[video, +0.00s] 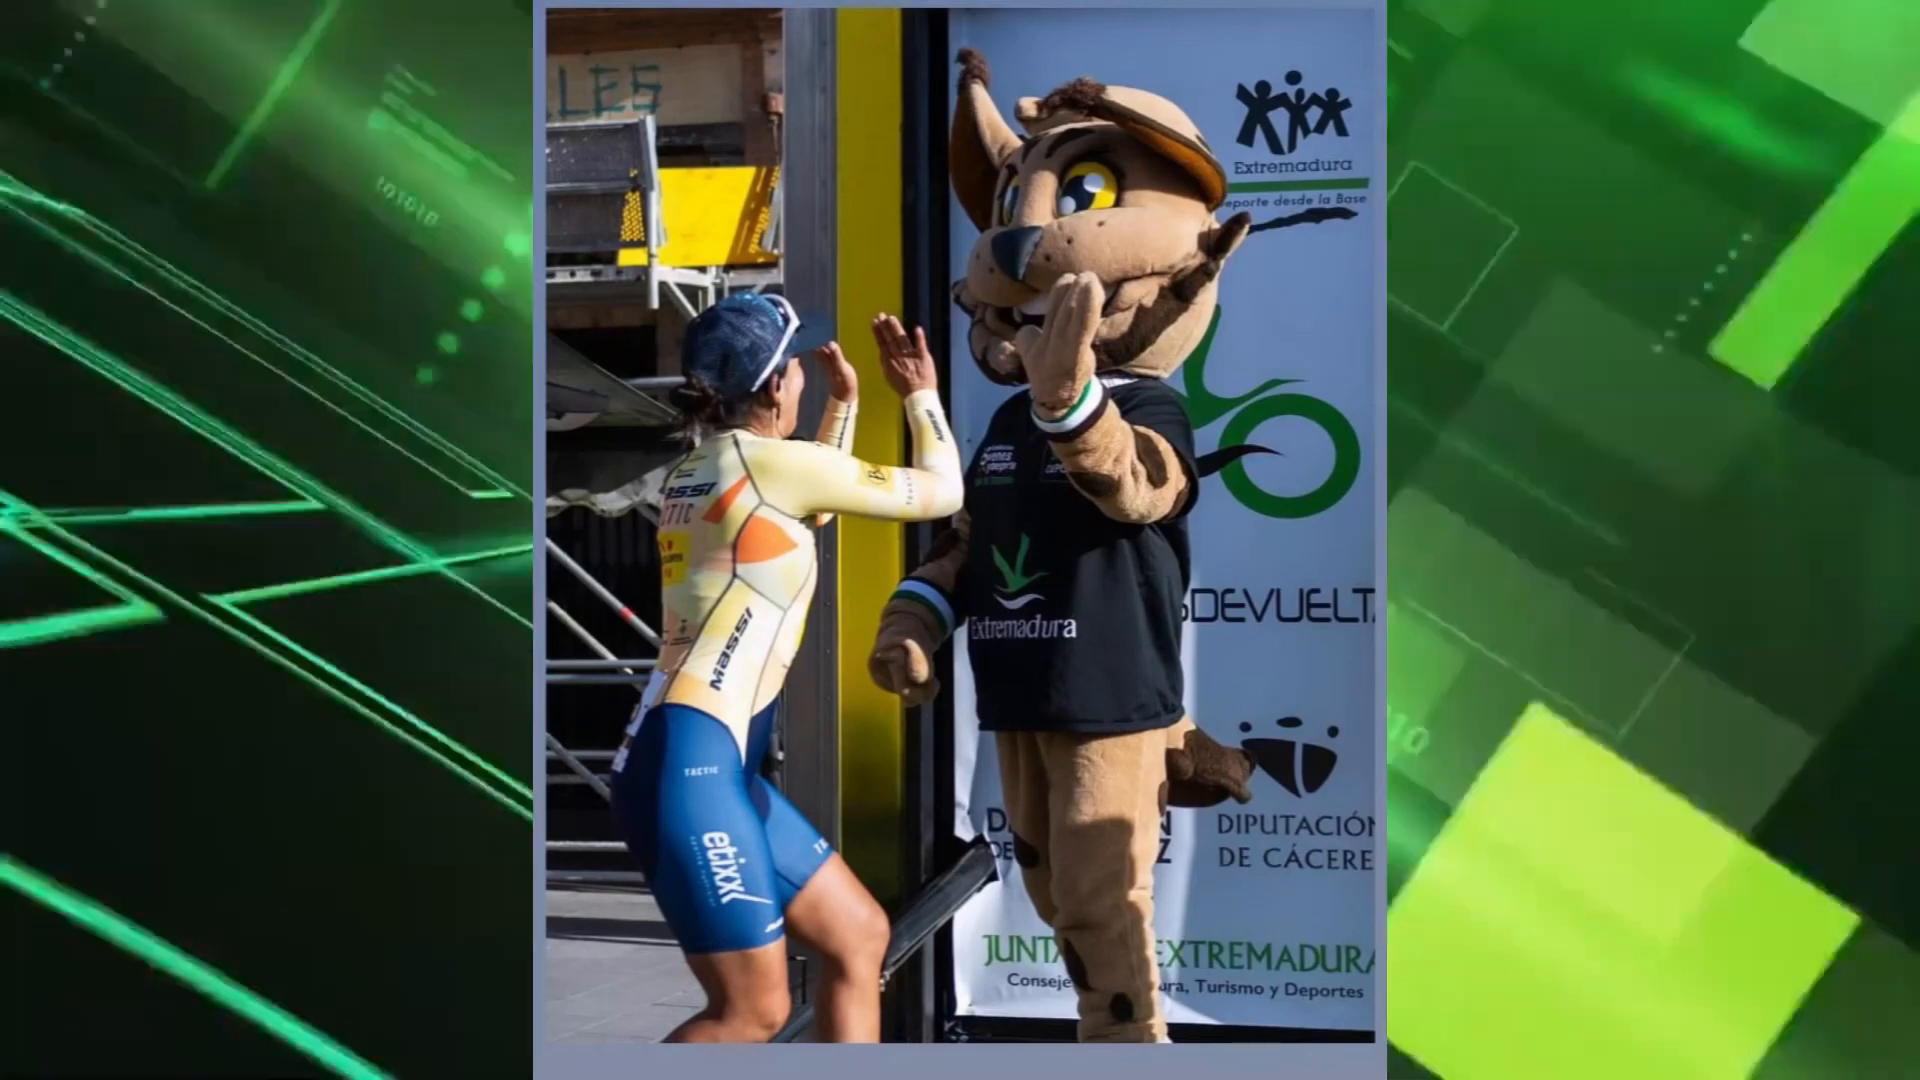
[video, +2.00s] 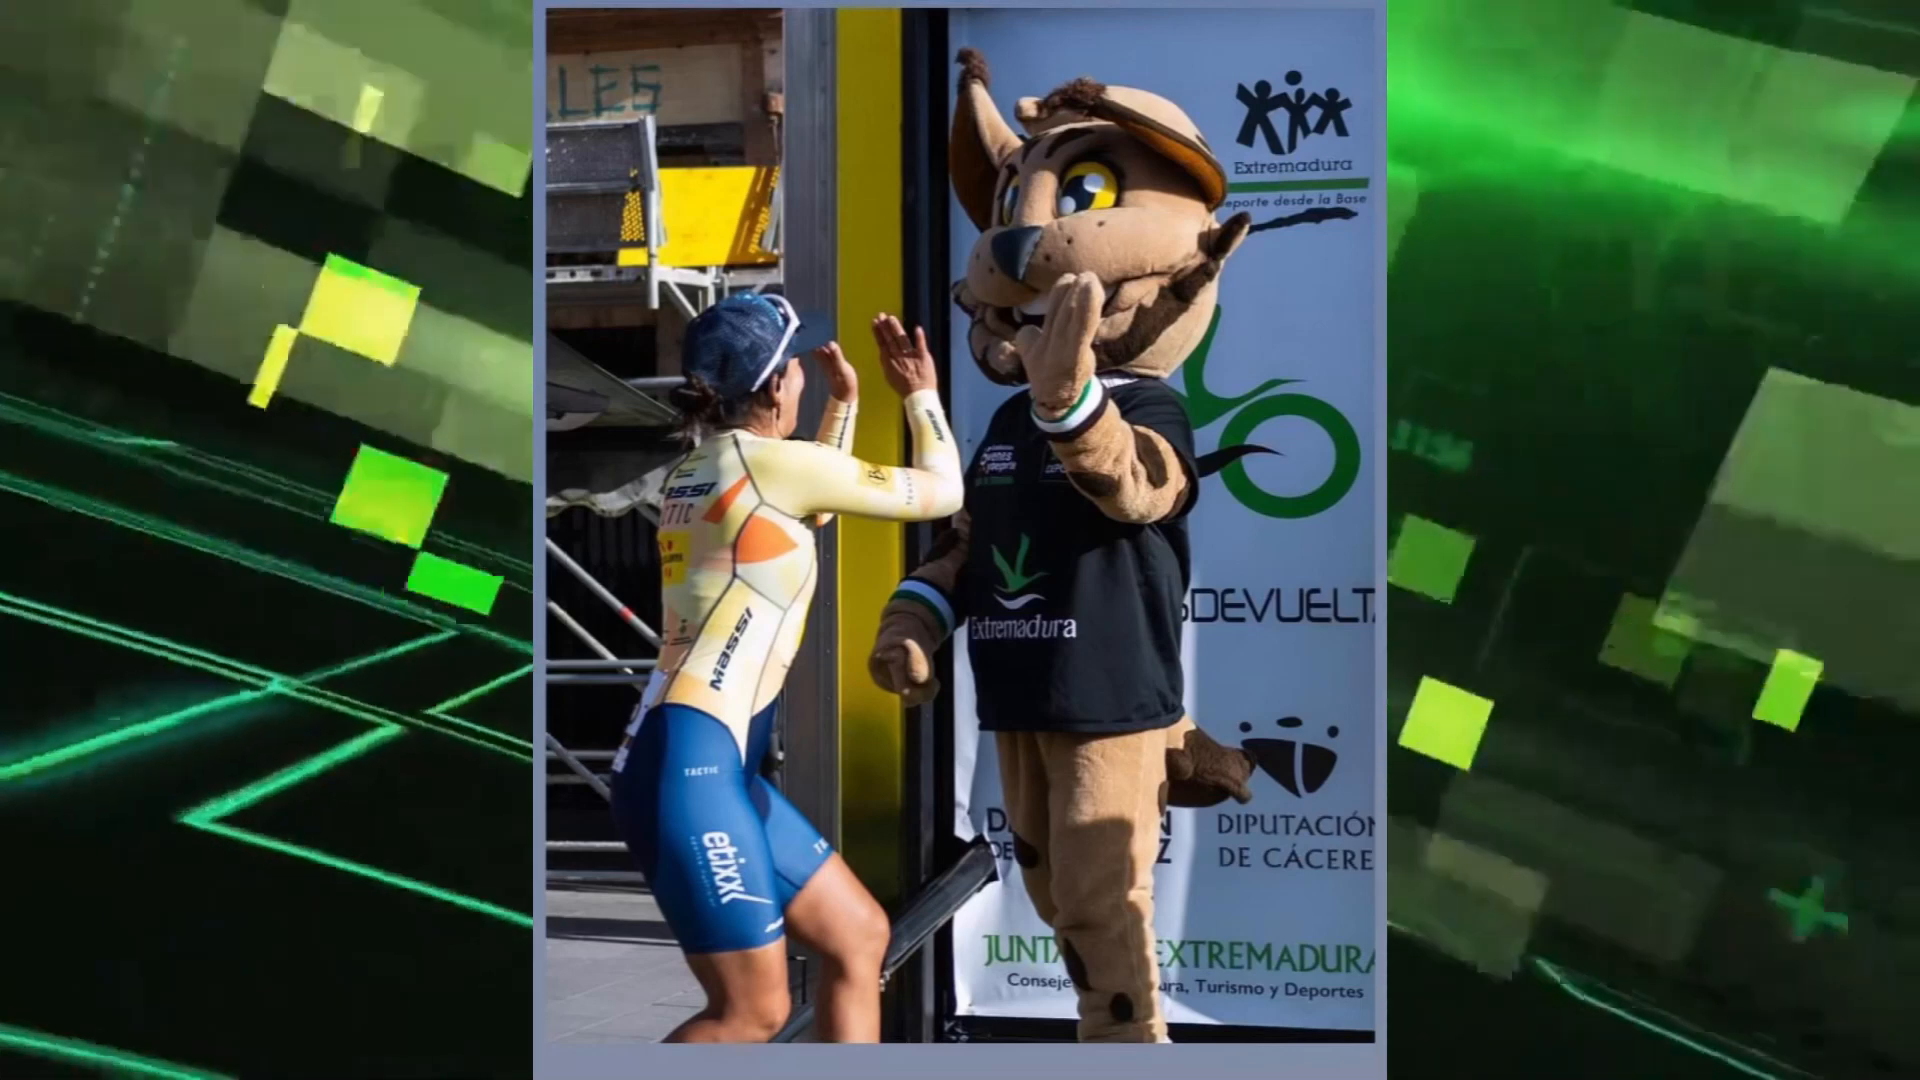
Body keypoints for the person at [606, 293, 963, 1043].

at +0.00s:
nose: (803, 377)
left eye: (799, 362)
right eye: (796, 364)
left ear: (713, 387)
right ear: (777, 380)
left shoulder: (694, 471)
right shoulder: (780, 465)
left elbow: (799, 495)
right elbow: (938, 492)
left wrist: (840, 413)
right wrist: (924, 396)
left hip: (714, 769)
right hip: (686, 774)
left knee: (860, 934)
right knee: (754, 1010)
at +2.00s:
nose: (803, 377)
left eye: (800, 363)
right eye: (796, 364)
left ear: (715, 387)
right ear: (776, 380)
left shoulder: (693, 471)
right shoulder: (777, 464)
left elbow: (800, 496)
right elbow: (939, 492)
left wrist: (841, 411)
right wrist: (924, 395)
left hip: (714, 770)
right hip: (686, 774)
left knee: (860, 934)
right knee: (753, 1010)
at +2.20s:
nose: (803, 377)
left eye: (800, 363)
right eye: (796, 364)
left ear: (715, 387)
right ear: (776, 380)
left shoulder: (692, 471)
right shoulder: (778, 465)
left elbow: (797, 494)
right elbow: (939, 492)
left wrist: (840, 412)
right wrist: (924, 395)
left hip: (714, 770)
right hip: (686, 774)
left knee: (860, 934)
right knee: (754, 1010)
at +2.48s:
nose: (803, 377)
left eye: (799, 363)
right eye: (796, 364)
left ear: (715, 387)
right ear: (776, 380)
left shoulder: (692, 471)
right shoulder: (778, 465)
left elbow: (797, 494)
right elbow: (938, 492)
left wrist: (840, 412)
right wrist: (924, 395)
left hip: (714, 770)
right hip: (686, 774)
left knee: (860, 933)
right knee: (754, 1010)